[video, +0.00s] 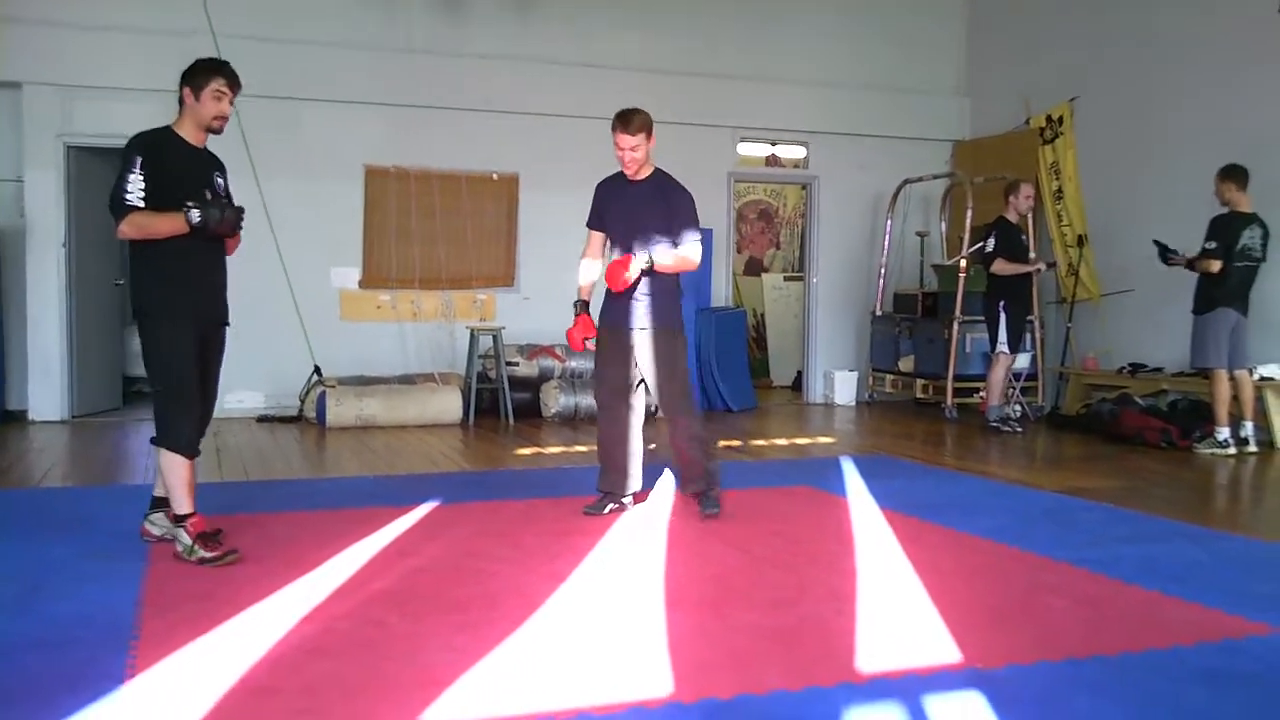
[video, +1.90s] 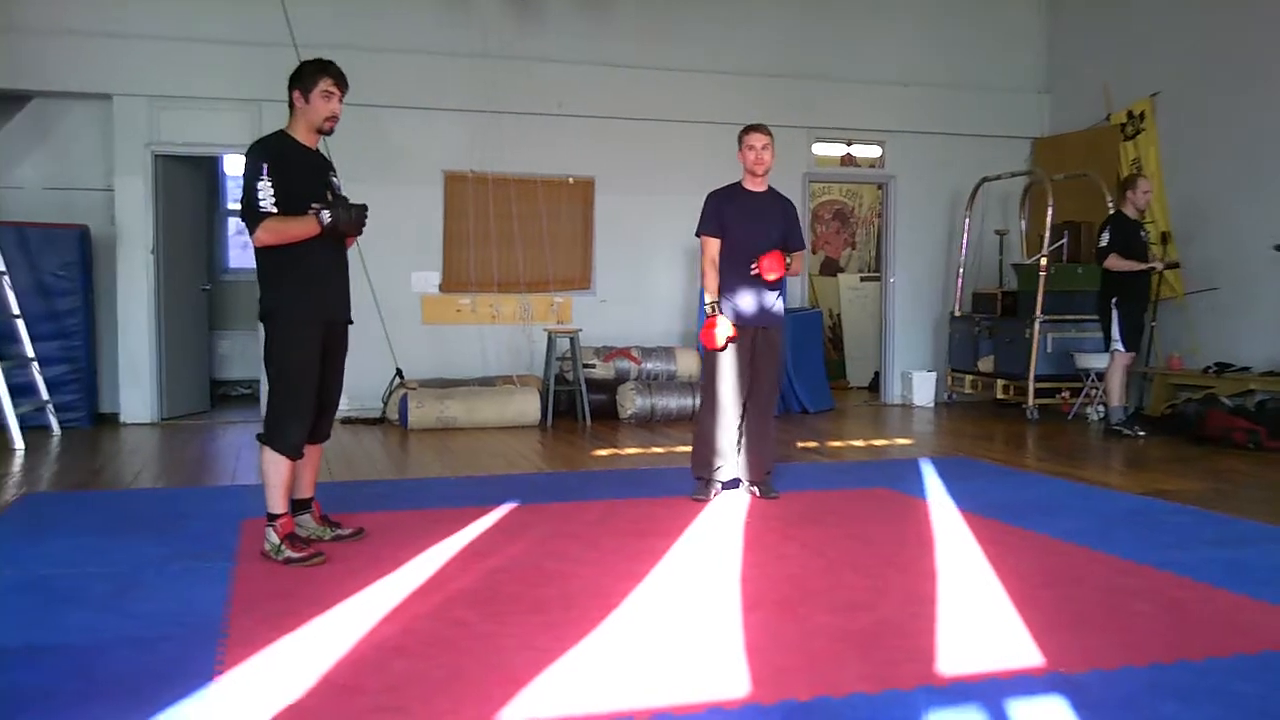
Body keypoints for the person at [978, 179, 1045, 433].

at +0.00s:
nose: (1031, 203)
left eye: (1032, 198)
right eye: (1027, 198)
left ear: (1018, 201)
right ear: (1011, 199)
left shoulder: (1017, 230)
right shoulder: (998, 227)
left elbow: (1014, 263)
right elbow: (994, 265)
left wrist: (1038, 265)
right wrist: (1030, 267)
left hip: (1015, 301)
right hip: (1002, 301)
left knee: (1007, 357)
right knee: (1003, 356)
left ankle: (998, 409)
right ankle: (993, 413)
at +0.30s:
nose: (1053, 208)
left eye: (1054, 203)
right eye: (1049, 203)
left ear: (1048, 206)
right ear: (1033, 204)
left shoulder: (1039, 237)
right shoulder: (1020, 233)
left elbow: (1036, 270)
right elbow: (1015, 271)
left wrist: (1060, 272)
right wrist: (1050, 273)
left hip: (1039, 307)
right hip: (1022, 307)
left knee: (1041, 362)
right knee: (1024, 362)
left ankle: (1026, 415)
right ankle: (1013, 420)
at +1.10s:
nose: (1085, 205)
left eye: (1086, 200)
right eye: (1081, 200)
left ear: (1077, 203)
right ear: (1065, 201)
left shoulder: (1076, 233)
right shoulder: (1049, 229)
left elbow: (1074, 266)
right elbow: (1042, 266)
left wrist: (1097, 270)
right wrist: (1081, 270)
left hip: (1072, 304)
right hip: (1052, 304)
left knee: (1068, 359)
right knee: (1049, 359)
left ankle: (1065, 417)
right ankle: (1028, 416)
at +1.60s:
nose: (1096, 205)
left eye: (1097, 200)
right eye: (1092, 200)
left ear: (1087, 202)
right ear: (1077, 201)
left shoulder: (1087, 233)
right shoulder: (1060, 229)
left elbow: (1085, 264)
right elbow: (1049, 265)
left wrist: (1100, 269)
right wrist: (1085, 270)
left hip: (1078, 302)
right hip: (1061, 302)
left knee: (1071, 359)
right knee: (1066, 358)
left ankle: (1064, 418)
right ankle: (1059, 420)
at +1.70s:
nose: (1106, 203)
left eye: (1107, 198)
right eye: (1101, 198)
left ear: (1098, 200)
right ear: (1086, 199)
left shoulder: (1096, 230)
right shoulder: (1071, 226)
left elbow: (1095, 260)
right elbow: (1061, 262)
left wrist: (1110, 266)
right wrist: (1096, 268)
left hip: (1091, 300)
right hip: (1075, 300)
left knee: (1086, 357)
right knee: (1080, 357)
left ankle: (1078, 416)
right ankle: (1075, 419)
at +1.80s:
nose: (1133, 199)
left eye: (1134, 194)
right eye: (1128, 194)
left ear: (1127, 196)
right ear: (1113, 195)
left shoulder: (1122, 226)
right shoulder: (1098, 223)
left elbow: (1120, 257)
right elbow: (1089, 259)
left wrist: (1137, 262)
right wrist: (1125, 266)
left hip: (1118, 298)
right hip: (1102, 298)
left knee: (1112, 355)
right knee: (1107, 355)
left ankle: (1104, 414)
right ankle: (1100, 418)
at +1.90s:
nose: (1149, 198)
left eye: (1150, 193)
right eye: (1144, 193)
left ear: (1141, 195)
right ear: (1129, 194)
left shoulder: (1137, 226)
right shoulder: (1114, 222)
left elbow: (1134, 257)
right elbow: (1107, 259)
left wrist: (1153, 261)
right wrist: (1144, 266)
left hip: (1134, 298)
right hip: (1118, 298)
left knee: (1128, 355)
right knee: (1121, 354)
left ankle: (1120, 414)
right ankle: (1115, 418)